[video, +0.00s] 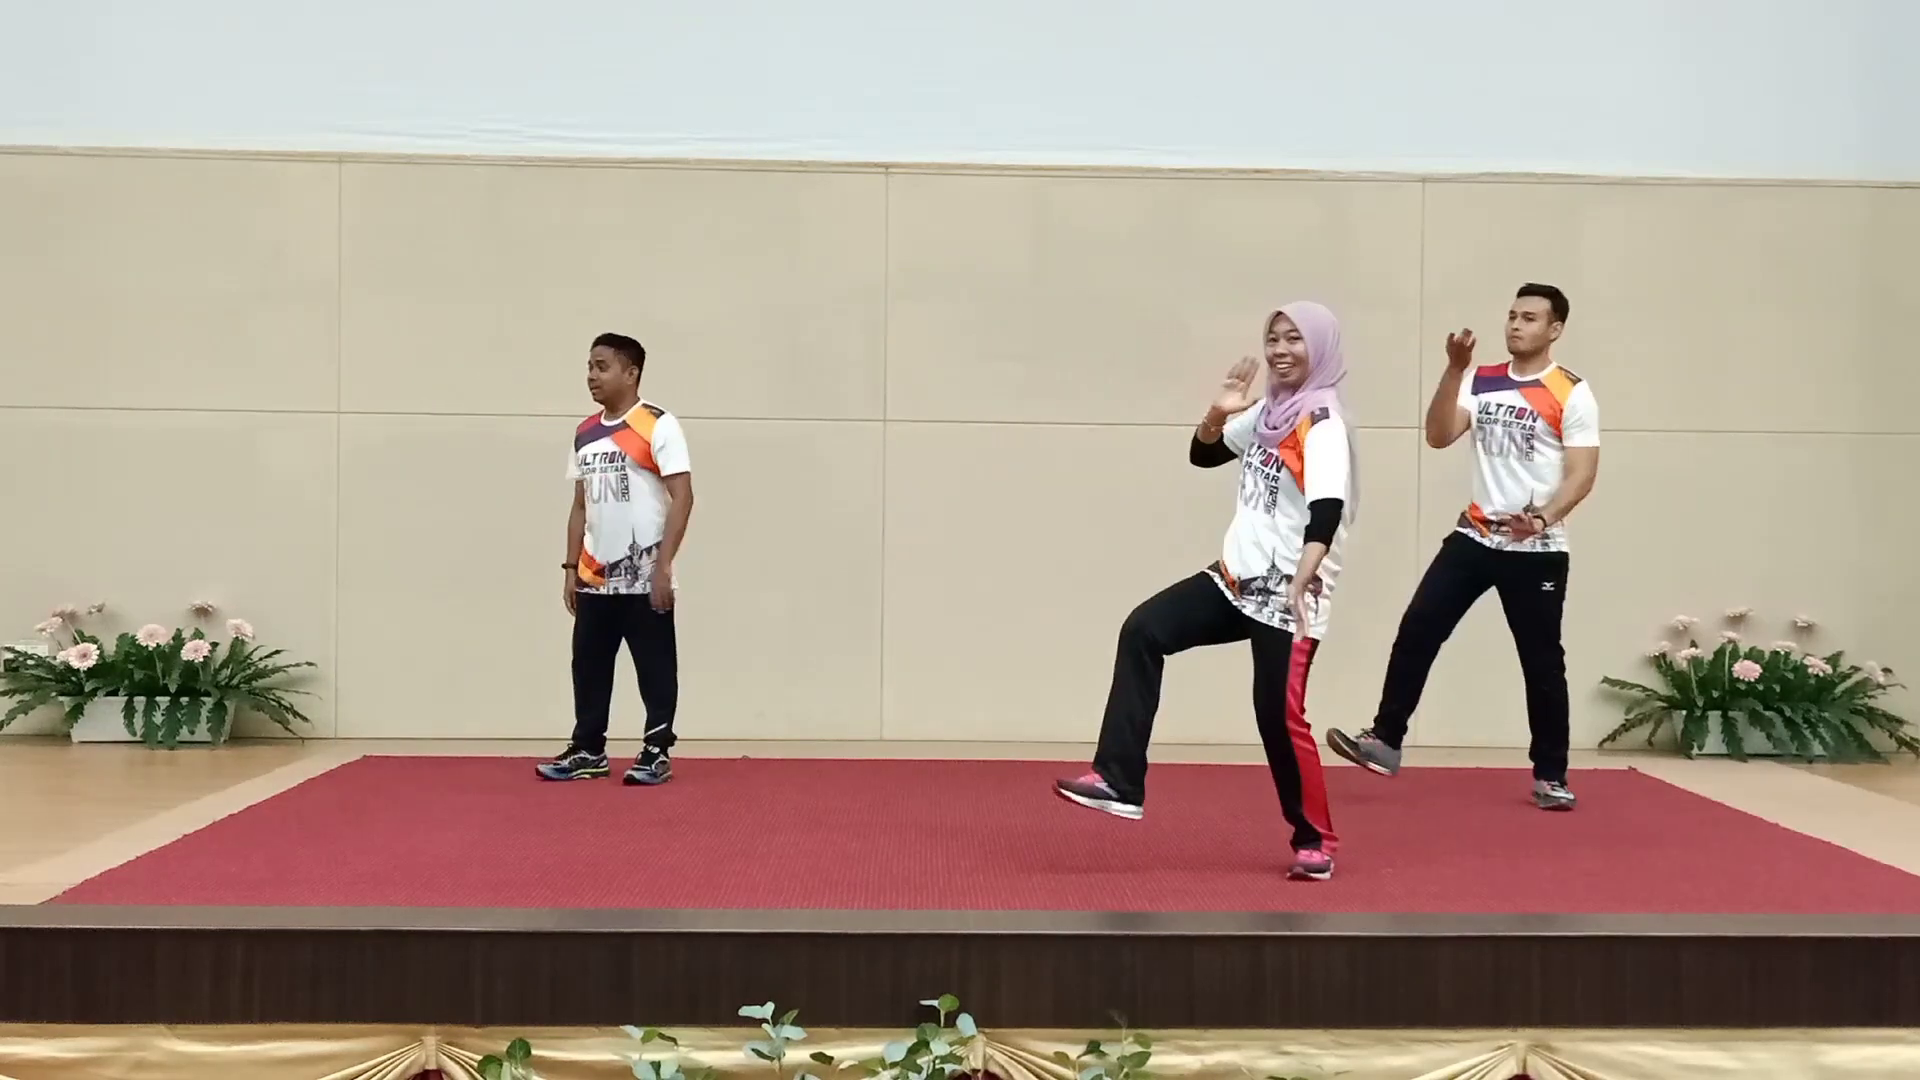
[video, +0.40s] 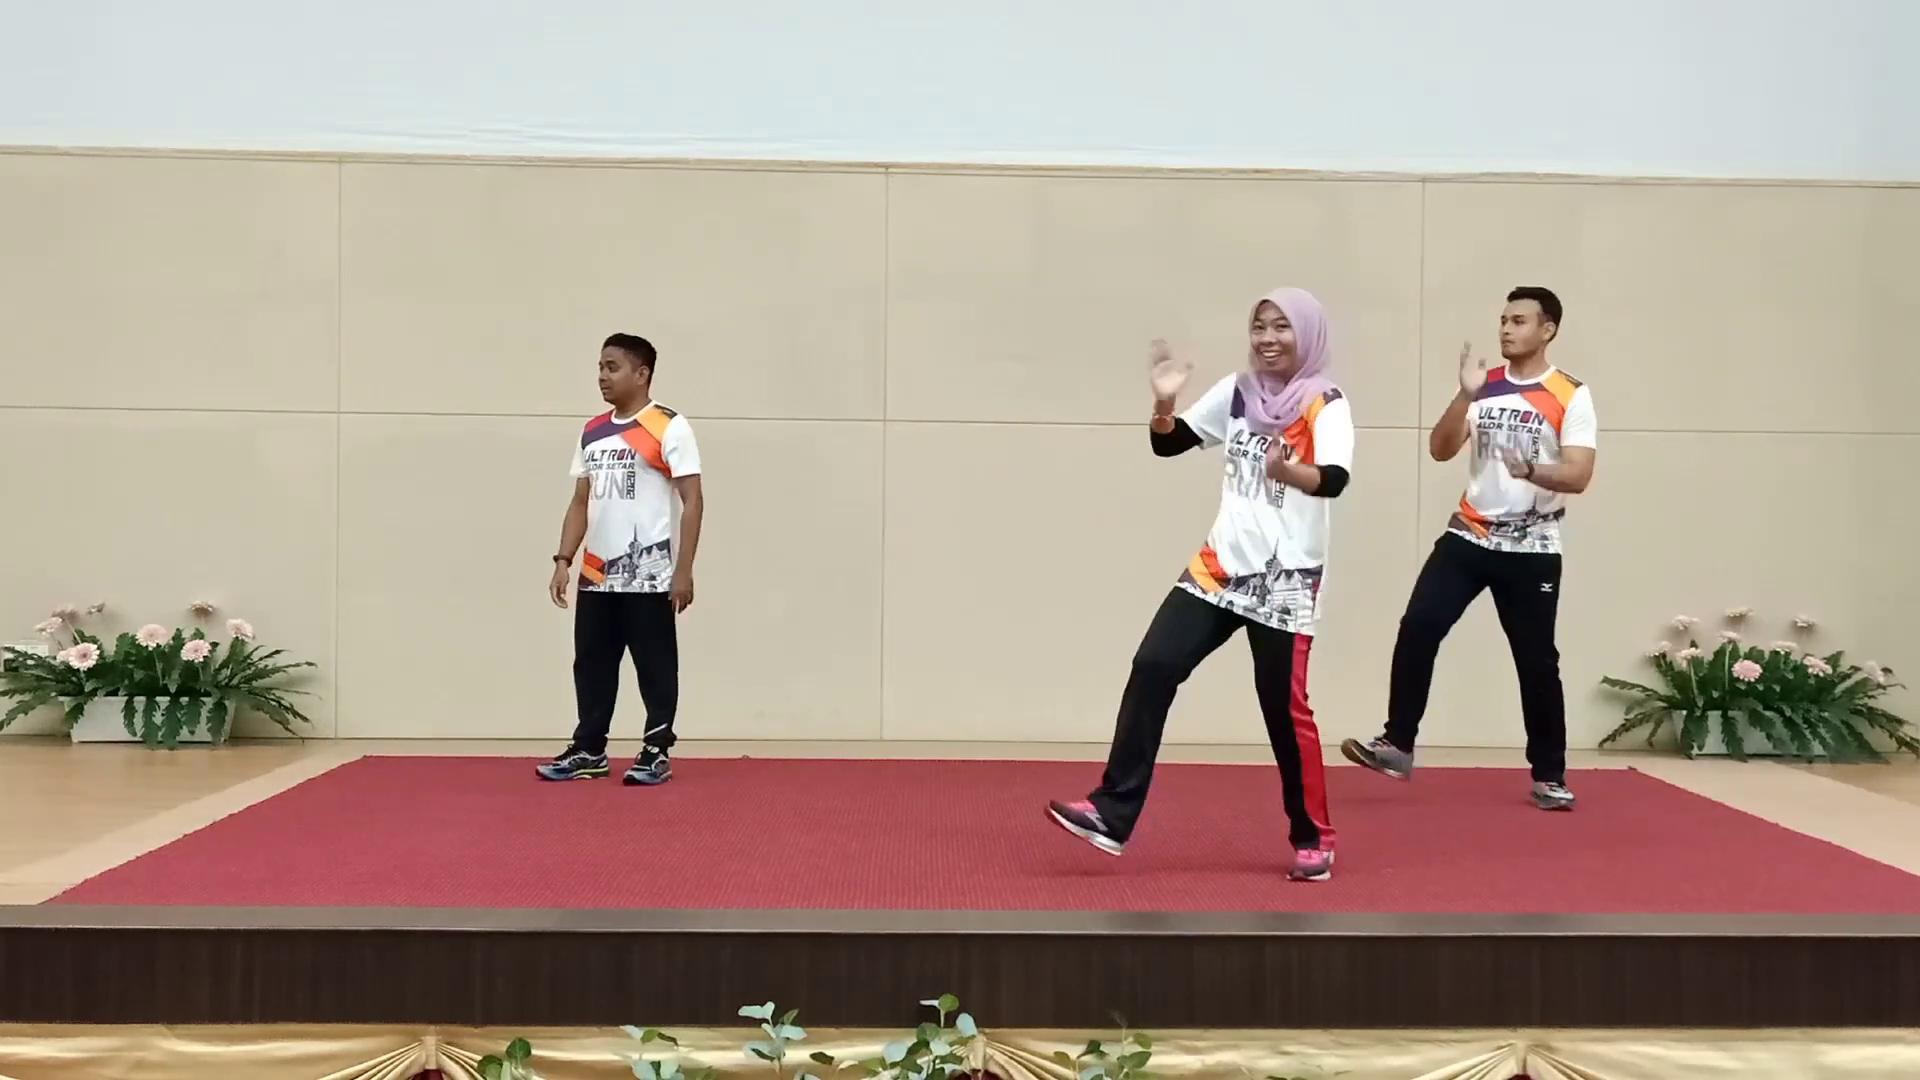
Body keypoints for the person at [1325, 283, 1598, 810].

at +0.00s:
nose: (1515, 325)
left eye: (1528, 319)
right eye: (1512, 317)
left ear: (1555, 330)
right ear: (1507, 324)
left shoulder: (1571, 395)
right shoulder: (1481, 380)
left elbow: (1581, 476)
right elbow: (1437, 436)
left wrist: (1543, 516)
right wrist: (1453, 371)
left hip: (1537, 551)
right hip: (1476, 538)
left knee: (1543, 665)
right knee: (1418, 629)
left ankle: (1550, 777)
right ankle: (1385, 741)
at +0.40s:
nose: (1507, 330)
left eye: (1519, 321)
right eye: (1504, 321)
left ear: (1549, 330)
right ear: (1501, 329)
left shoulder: (1571, 397)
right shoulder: (1485, 386)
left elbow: (1577, 477)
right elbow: (1440, 449)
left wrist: (1533, 471)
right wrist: (1465, 396)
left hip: (1531, 548)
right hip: (1469, 537)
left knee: (1538, 665)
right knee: (1418, 627)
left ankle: (1549, 778)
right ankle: (1397, 745)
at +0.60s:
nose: (1469, 330)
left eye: (1480, 322)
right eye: (1466, 323)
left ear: (1512, 329)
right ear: (1466, 330)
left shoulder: (1540, 391)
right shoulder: (1446, 388)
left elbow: (1550, 467)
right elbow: (1405, 461)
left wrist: (1516, 416)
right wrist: (1428, 432)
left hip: (1512, 547)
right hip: (1447, 541)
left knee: (1529, 664)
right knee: (1403, 640)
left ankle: (1548, 777)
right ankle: (1368, 753)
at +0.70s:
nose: (1453, 335)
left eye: (1466, 326)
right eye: (1450, 327)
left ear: (1497, 333)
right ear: (1448, 335)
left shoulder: (1524, 393)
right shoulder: (1427, 394)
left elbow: (1535, 469)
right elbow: (1393, 469)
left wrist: (1506, 411)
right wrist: (1412, 460)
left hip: (1501, 552)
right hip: (1434, 550)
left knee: (1523, 664)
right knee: (1400, 654)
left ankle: (1548, 777)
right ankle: (1371, 769)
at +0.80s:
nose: (1416, 335)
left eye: (1428, 327)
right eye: (1414, 327)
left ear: (1459, 334)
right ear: (1412, 336)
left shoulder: (1486, 396)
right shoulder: (1389, 397)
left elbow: (1503, 472)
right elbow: (1367, 467)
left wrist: (1479, 412)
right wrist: (1374, 518)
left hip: (1468, 553)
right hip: (1401, 549)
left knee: (1499, 663)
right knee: (1378, 659)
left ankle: (1541, 775)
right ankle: (1366, 774)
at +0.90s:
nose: (1400, 333)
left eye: (1411, 324)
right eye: (1396, 325)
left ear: (1442, 330)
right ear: (1395, 333)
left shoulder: (1474, 392)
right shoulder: (1376, 394)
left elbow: (1489, 472)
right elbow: (1353, 472)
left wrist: (1462, 419)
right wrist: (1356, 540)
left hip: (1453, 547)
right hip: (1388, 547)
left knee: (1486, 662)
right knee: (1375, 663)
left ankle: (1518, 772)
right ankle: (1365, 775)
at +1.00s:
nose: (1375, 328)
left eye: (1386, 320)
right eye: (1372, 322)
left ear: (1418, 327)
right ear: (1371, 331)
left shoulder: (1454, 390)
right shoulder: (1352, 392)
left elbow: (1468, 468)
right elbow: (1332, 475)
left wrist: (1433, 459)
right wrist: (1319, 550)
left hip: (1436, 544)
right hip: (1371, 545)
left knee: (1450, 649)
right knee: (1365, 659)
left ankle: (1443, 756)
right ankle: (1364, 772)